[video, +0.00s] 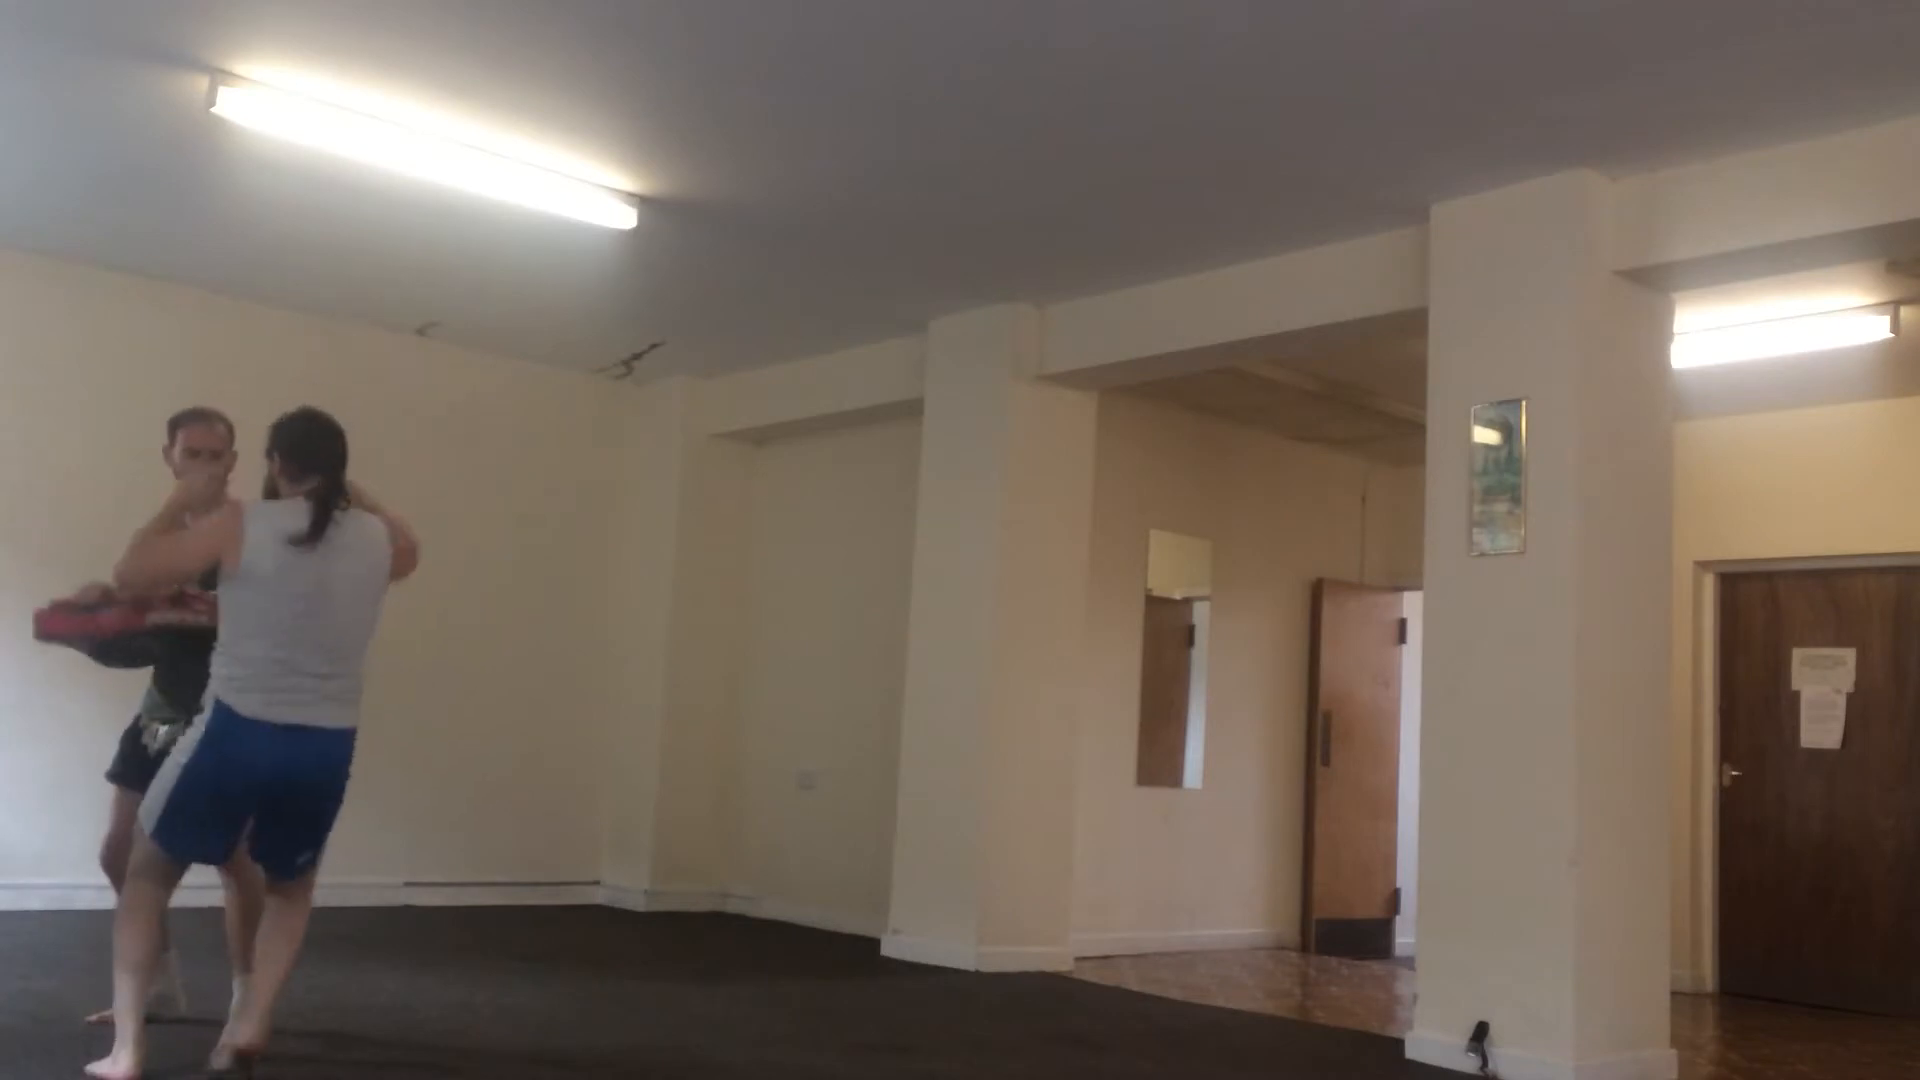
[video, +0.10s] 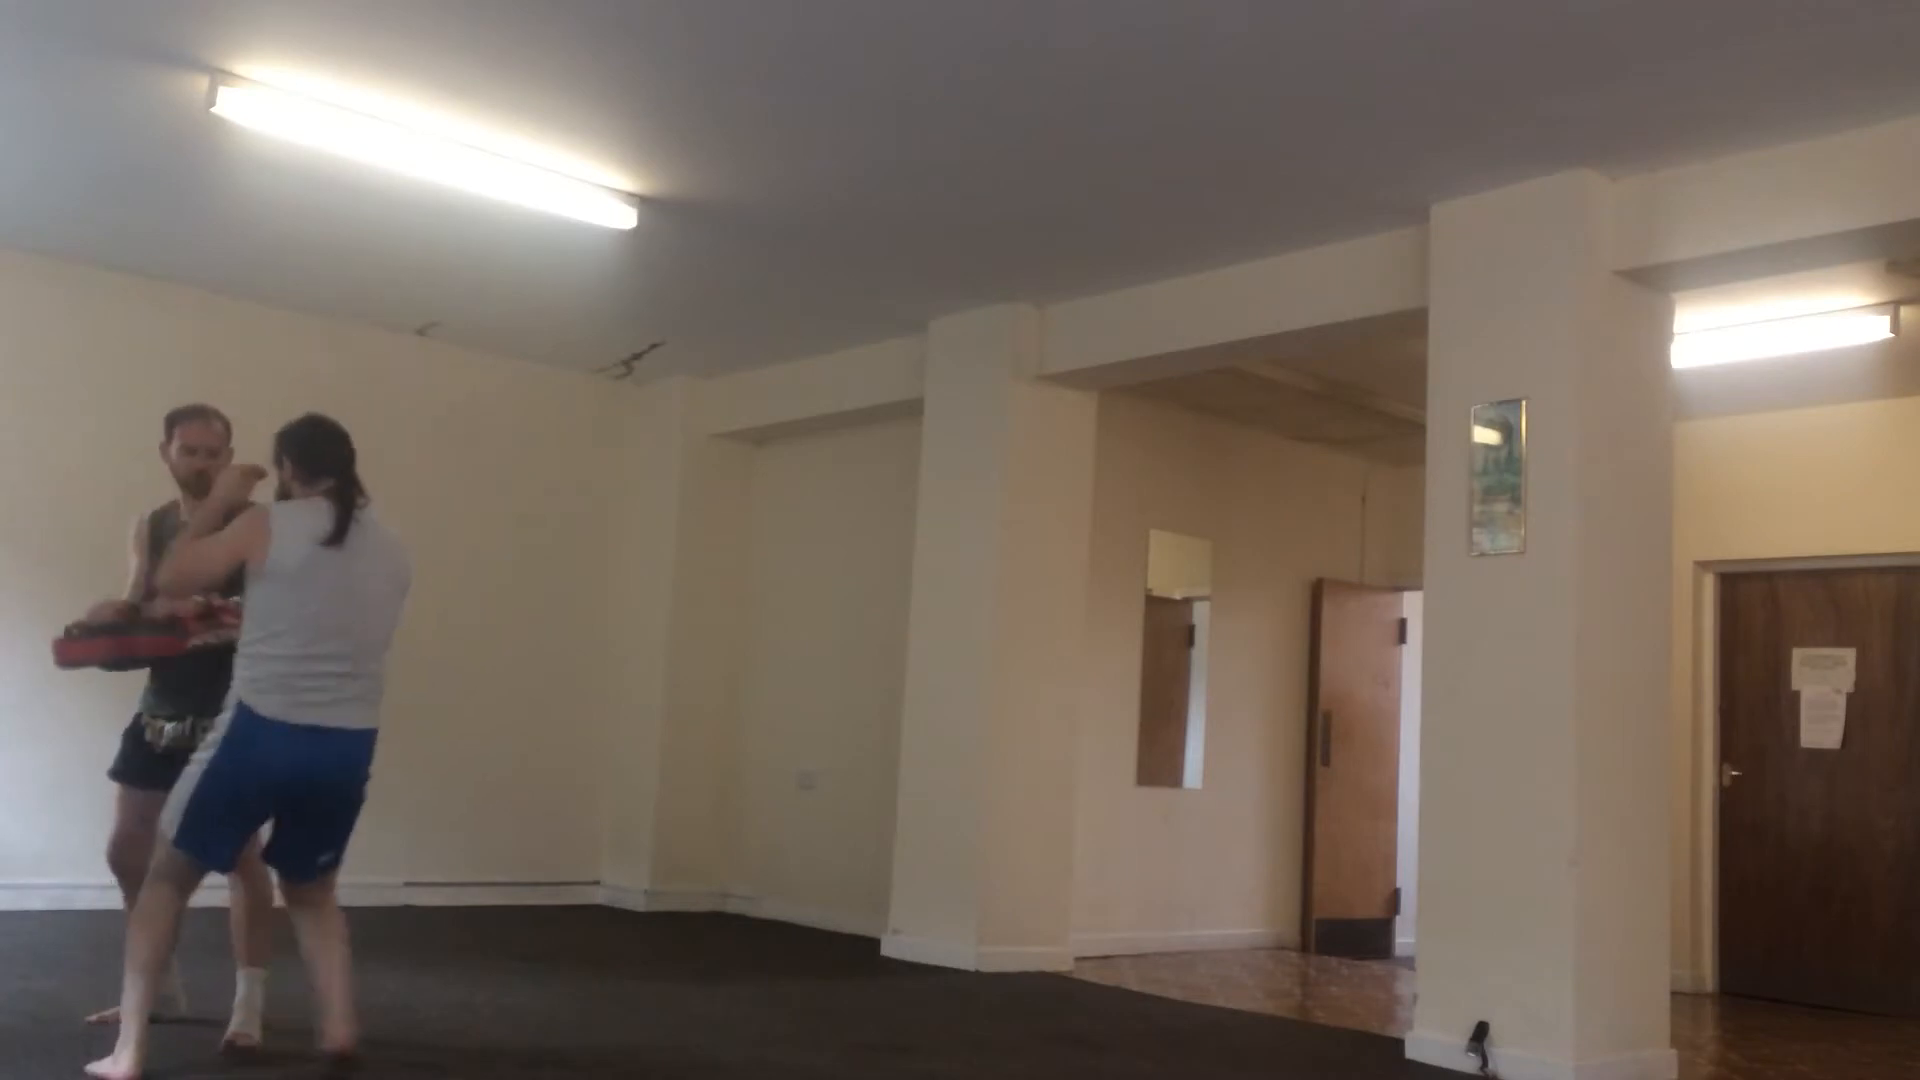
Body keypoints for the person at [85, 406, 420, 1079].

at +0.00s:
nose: (261, 467)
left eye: (264, 458)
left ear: (277, 465)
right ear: (341, 469)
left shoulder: (239, 526)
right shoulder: (376, 540)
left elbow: (133, 570)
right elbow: (406, 549)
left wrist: (180, 500)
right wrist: (351, 494)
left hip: (235, 742)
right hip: (325, 753)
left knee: (146, 878)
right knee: (290, 889)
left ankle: (127, 1048)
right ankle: (250, 1027)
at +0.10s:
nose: (275, 477)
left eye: (277, 466)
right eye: (279, 467)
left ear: (290, 472)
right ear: (349, 469)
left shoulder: (267, 526)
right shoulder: (392, 549)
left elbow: (173, 574)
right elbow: (340, 618)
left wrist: (221, 499)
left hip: (260, 741)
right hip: (346, 752)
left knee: (169, 876)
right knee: (312, 884)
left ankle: (129, 1048)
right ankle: (339, 1028)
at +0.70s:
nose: (349, 463)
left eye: (354, 454)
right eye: (353, 454)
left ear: (374, 453)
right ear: (436, 458)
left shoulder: (354, 492)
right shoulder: (486, 523)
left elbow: (285, 562)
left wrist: (335, 489)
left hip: (388, 731)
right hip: (477, 739)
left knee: (340, 927)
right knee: (432, 911)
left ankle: (382, 1071)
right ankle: (417, 1061)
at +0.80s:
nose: (359, 443)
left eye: (365, 435)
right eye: (366, 435)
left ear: (382, 438)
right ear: (446, 442)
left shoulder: (355, 482)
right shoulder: (496, 504)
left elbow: (292, 556)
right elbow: (468, 579)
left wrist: (342, 476)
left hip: (390, 726)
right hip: (486, 731)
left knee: (349, 921)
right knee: (446, 902)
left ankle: (382, 1071)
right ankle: (457, 1068)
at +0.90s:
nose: (374, 422)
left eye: (381, 415)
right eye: (382, 415)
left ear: (395, 421)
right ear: (458, 426)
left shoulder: (360, 473)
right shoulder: (510, 490)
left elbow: (301, 542)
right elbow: (503, 571)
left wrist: (358, 458)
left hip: (398, 719)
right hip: (494, 722)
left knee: (363, 911)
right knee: (460, 898)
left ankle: (386, 1070)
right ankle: (480, 1069)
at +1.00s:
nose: (389, 414)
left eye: (395, 408)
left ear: (406, 416)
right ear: (474, 424)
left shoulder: (369, 466)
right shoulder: (524, 485)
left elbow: (311, 538)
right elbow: (520, 570)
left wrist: (368, 452)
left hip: (402, 715)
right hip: (501, 720)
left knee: (370, 915)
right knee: (476, 922)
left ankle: (387, 1071)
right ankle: (482, 1073)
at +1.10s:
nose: (406, 420)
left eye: (412, 414)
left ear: (421, 424)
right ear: (489, 429)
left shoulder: (389, 475)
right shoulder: (537, 493)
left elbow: (318, 545)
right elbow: (523, 582)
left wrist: (379, 460)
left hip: (406, 726)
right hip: (509, 729)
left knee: (368, 919)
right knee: (483, 940)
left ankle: (386, 1071)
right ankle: (474, 1075)